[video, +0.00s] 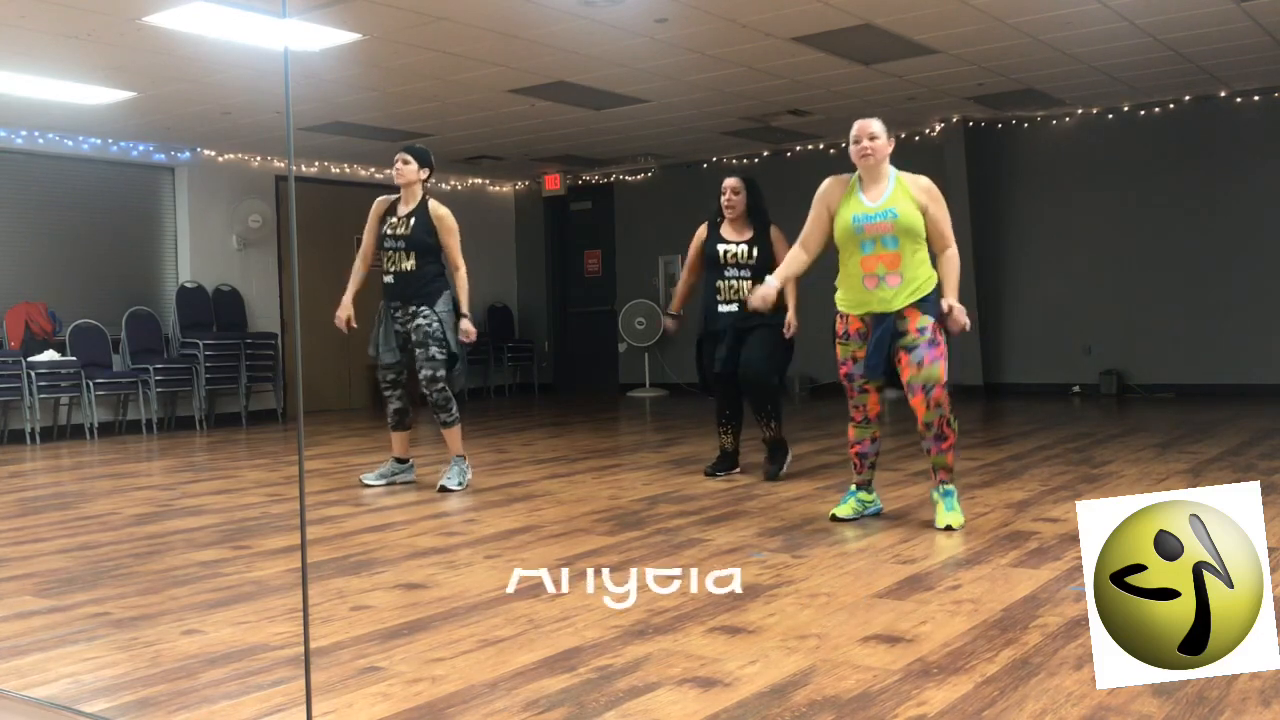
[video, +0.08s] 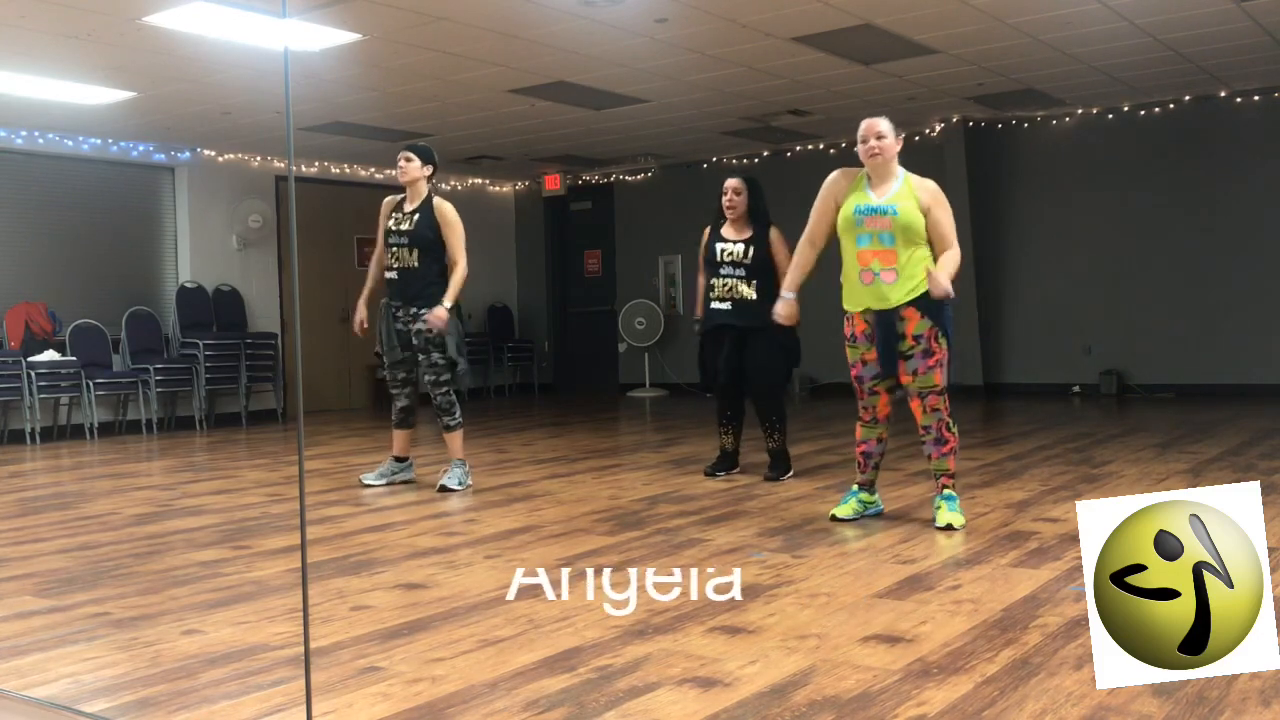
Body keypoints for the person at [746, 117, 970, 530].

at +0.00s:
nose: (864, 145)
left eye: (872, 137)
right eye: (856, 140)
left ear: (891, 144)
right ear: (849, 150)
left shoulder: (920, 188)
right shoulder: (834, 190)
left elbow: (946, 247)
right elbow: (804, 248)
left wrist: (950, 296)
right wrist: (774, 280)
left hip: (915, 311)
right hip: (856, 316)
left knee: (931, 397)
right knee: (861, 407)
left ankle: (945, 490)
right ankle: (863, 492)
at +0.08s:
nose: (871, 145)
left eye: (880, 137)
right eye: (864, 140)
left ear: (899, 143)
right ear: (857, 149)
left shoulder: (924, 190)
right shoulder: (840, 184)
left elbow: (950, 249)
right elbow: (810, 243)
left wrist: (940, 274)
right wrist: (787, 293)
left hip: (918, 309)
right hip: (862, 313)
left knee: (931, 402)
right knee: (870, 406)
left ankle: (946, 494)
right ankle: (866, 492)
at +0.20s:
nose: (879, 141)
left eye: (887, 133)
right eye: (872, 136)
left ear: (907, 140)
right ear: (865, 147)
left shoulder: (930, 188)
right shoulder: (849, 184)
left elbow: (954, 250)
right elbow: (827, 243)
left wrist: (936, 253)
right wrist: (816, 295)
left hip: (924, 307)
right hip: (866, 310)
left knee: (933, 400)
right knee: (859, 398)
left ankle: (946, 494)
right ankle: (863, 489)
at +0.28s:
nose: (883, 144)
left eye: (891, 136)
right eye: (877, 140)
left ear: (913, 144)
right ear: (871, 151)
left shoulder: (932, 189)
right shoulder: (858, 189)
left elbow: (955, 237)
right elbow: (847, 249)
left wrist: (928, 254)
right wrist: (846, 302)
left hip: (932, 312)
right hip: (876, 314)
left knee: (940, 401)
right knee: (832, 383)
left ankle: (948, 494)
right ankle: (854, 472)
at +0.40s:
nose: (882, 149)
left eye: (891, 141)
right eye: (877, 145)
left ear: (914, 149)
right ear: (873, 156)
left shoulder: (932, 192)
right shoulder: (862, 195)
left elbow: (949, 236)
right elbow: (861, 253)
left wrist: (942, 287)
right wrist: (863, 304)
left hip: (931, 314)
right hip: (876, 317)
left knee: (941, 404)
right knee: (826, 376)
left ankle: (947, 494)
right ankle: (852, 462)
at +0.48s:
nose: (874, 141)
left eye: (883, 133)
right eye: (868, 137)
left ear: (906, 141)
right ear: (865, 150)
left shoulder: (927, 183)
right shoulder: (855, 193)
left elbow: (955, 240)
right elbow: (857, 254)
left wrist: (968, 298)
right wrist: (849, 307)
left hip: (928, 309)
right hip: (873, 312)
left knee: (937, 403)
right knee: (840, 384)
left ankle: (947, 494)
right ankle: (860, 478)